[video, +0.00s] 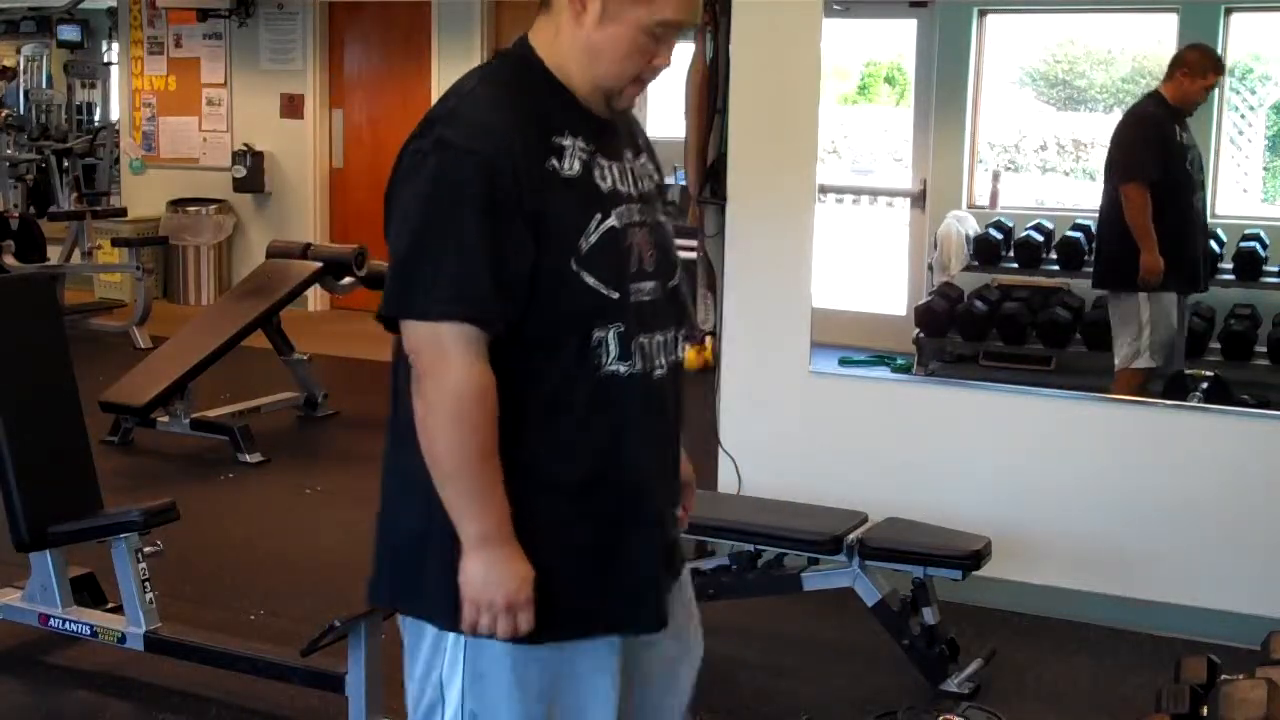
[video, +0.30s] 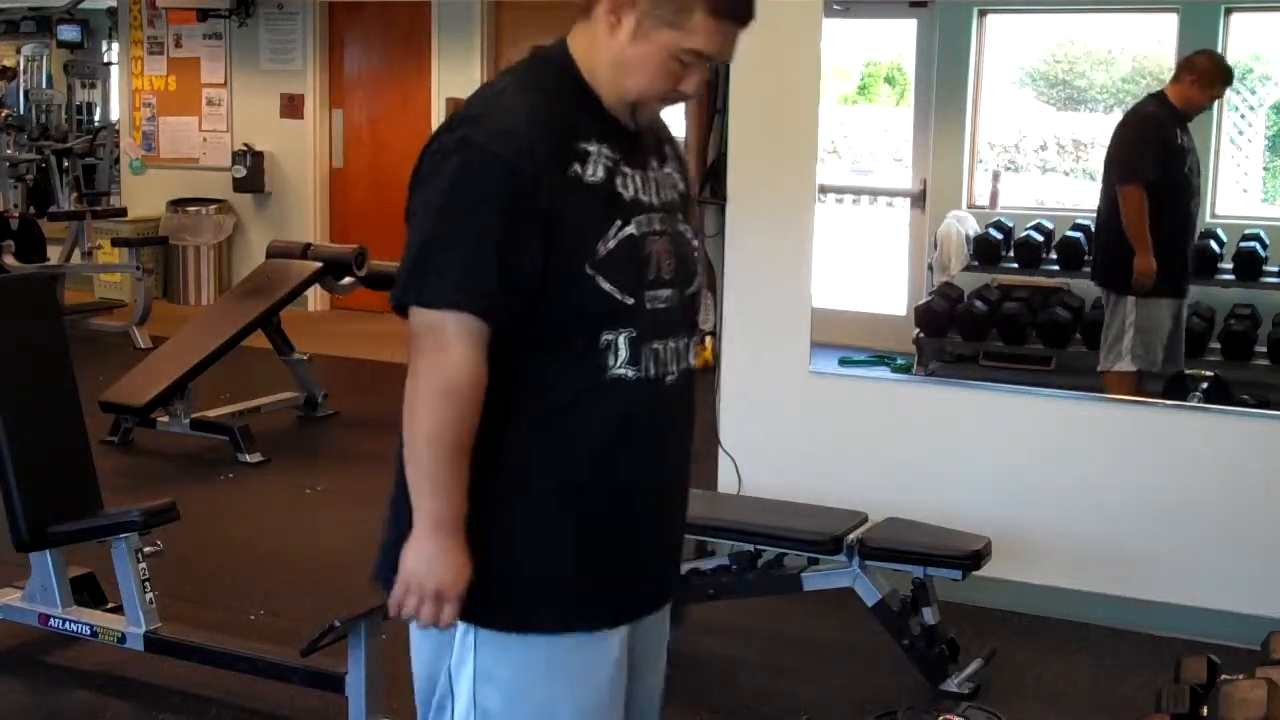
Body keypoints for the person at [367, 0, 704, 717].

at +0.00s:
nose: (666, 61)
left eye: (675, 39)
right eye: (657, 34)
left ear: (586, 13)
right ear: (583, 8)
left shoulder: (621, 134)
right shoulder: (472, 138)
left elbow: (620, 322)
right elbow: (443, 353)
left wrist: (660, 448)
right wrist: (486, 542)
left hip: (634, 549)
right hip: (514, 572)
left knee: (658, 695)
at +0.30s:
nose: (694, 87)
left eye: (708, 69)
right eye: (687, 61)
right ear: (619, 15)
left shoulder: (653, 147)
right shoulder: (495, 141)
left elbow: (642, 337)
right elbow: (445, 341)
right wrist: (436, 529)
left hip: (633, 552)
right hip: (517, 571)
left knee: (622, 707)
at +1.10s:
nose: (694, 117)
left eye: (711, 101)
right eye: (690, 90)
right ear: (626, 40)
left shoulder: (647, 153)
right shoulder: (483, 151)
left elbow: (641, 321)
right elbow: (422, 350)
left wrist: (663, 445)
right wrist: (416, 530)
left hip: (622, 556)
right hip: (482, 576)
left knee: (638, 713)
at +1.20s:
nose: (705, 118)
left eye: (721, 101)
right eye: (701, 92)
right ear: (638, 41)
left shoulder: (659, 151)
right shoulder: (489, 146)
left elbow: (647, 321)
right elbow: (423, 344)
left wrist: (664, 447)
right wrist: (409, 520)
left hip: (610, 555)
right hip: (479, 572)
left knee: (623, 711)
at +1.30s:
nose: (722, 129)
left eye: (736, 111)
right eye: (717, 103)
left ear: (655, 55)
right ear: (654, 52)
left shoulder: (689, 163)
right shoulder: (504, 146)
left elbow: (657, 331)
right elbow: (429, 332)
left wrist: (670, 458)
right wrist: (406, 517)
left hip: (598, 558)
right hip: (473, 569)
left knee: (596, 711)